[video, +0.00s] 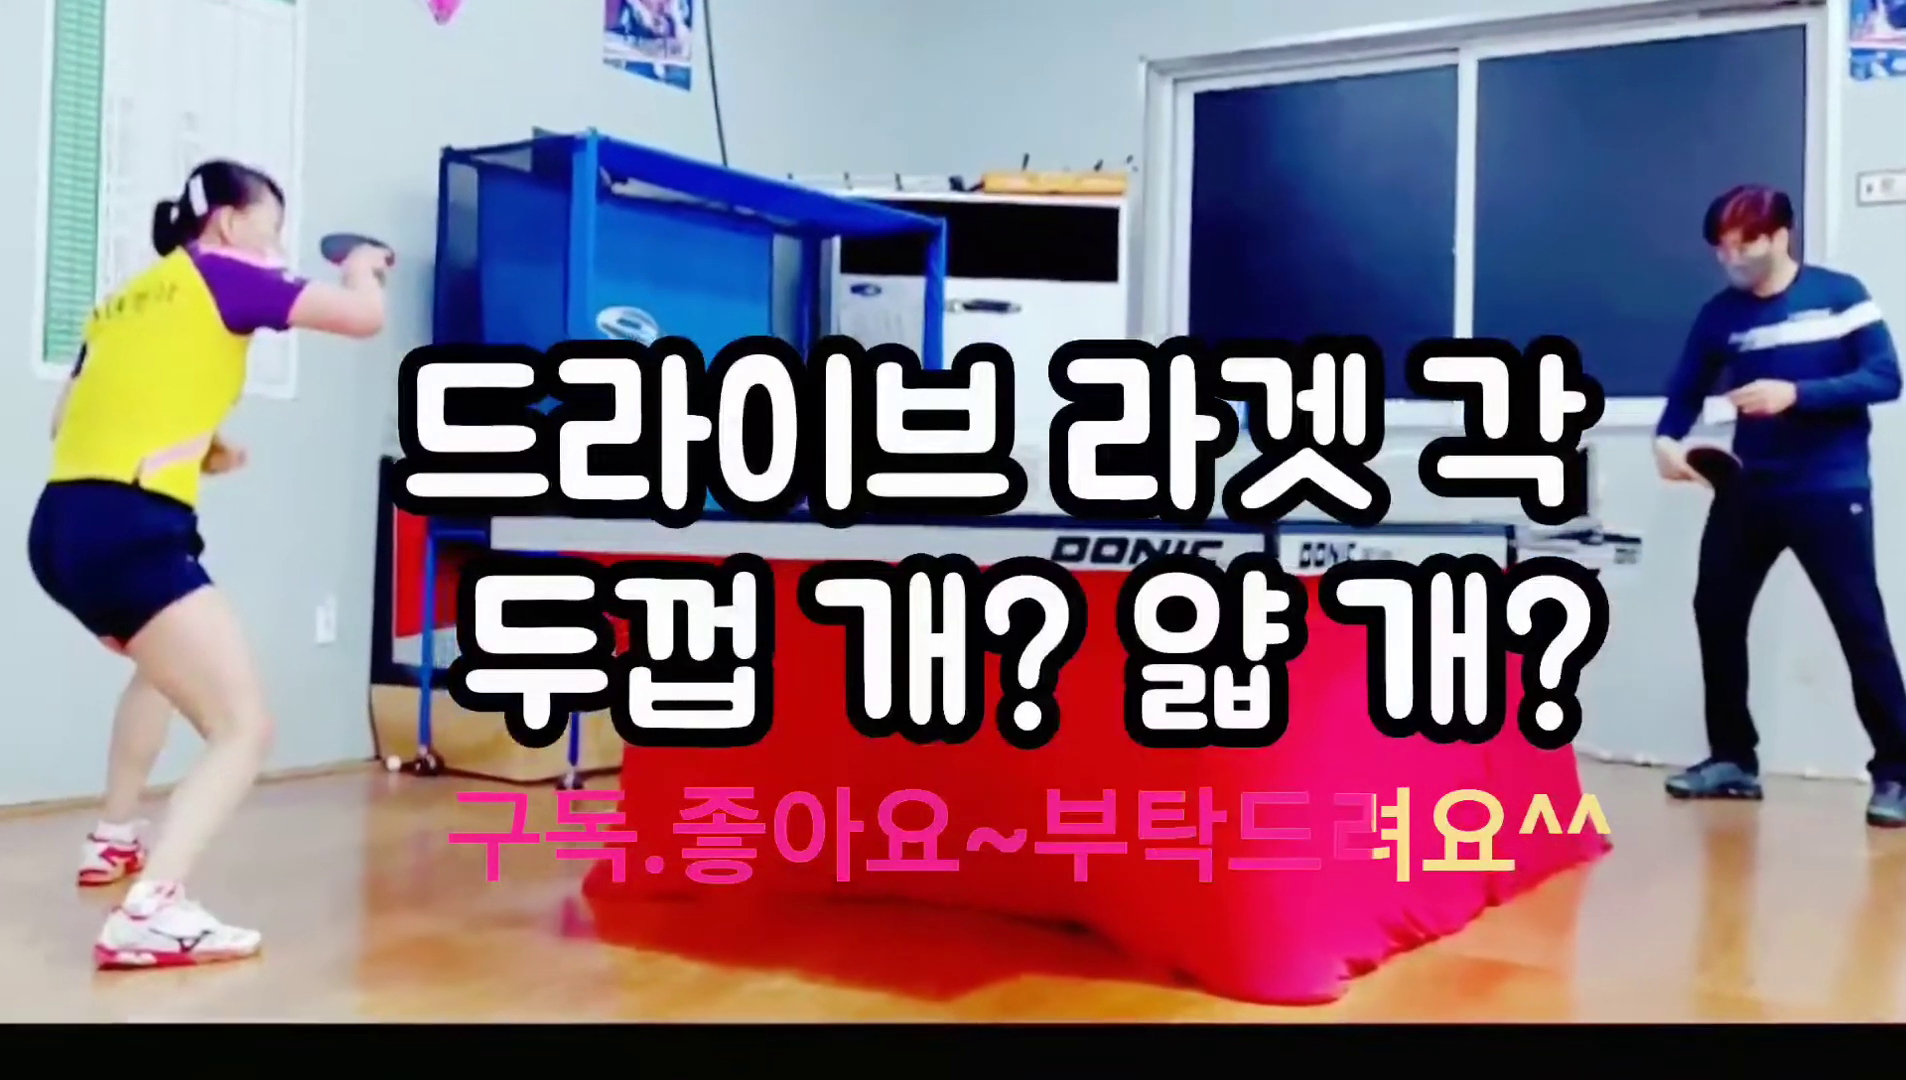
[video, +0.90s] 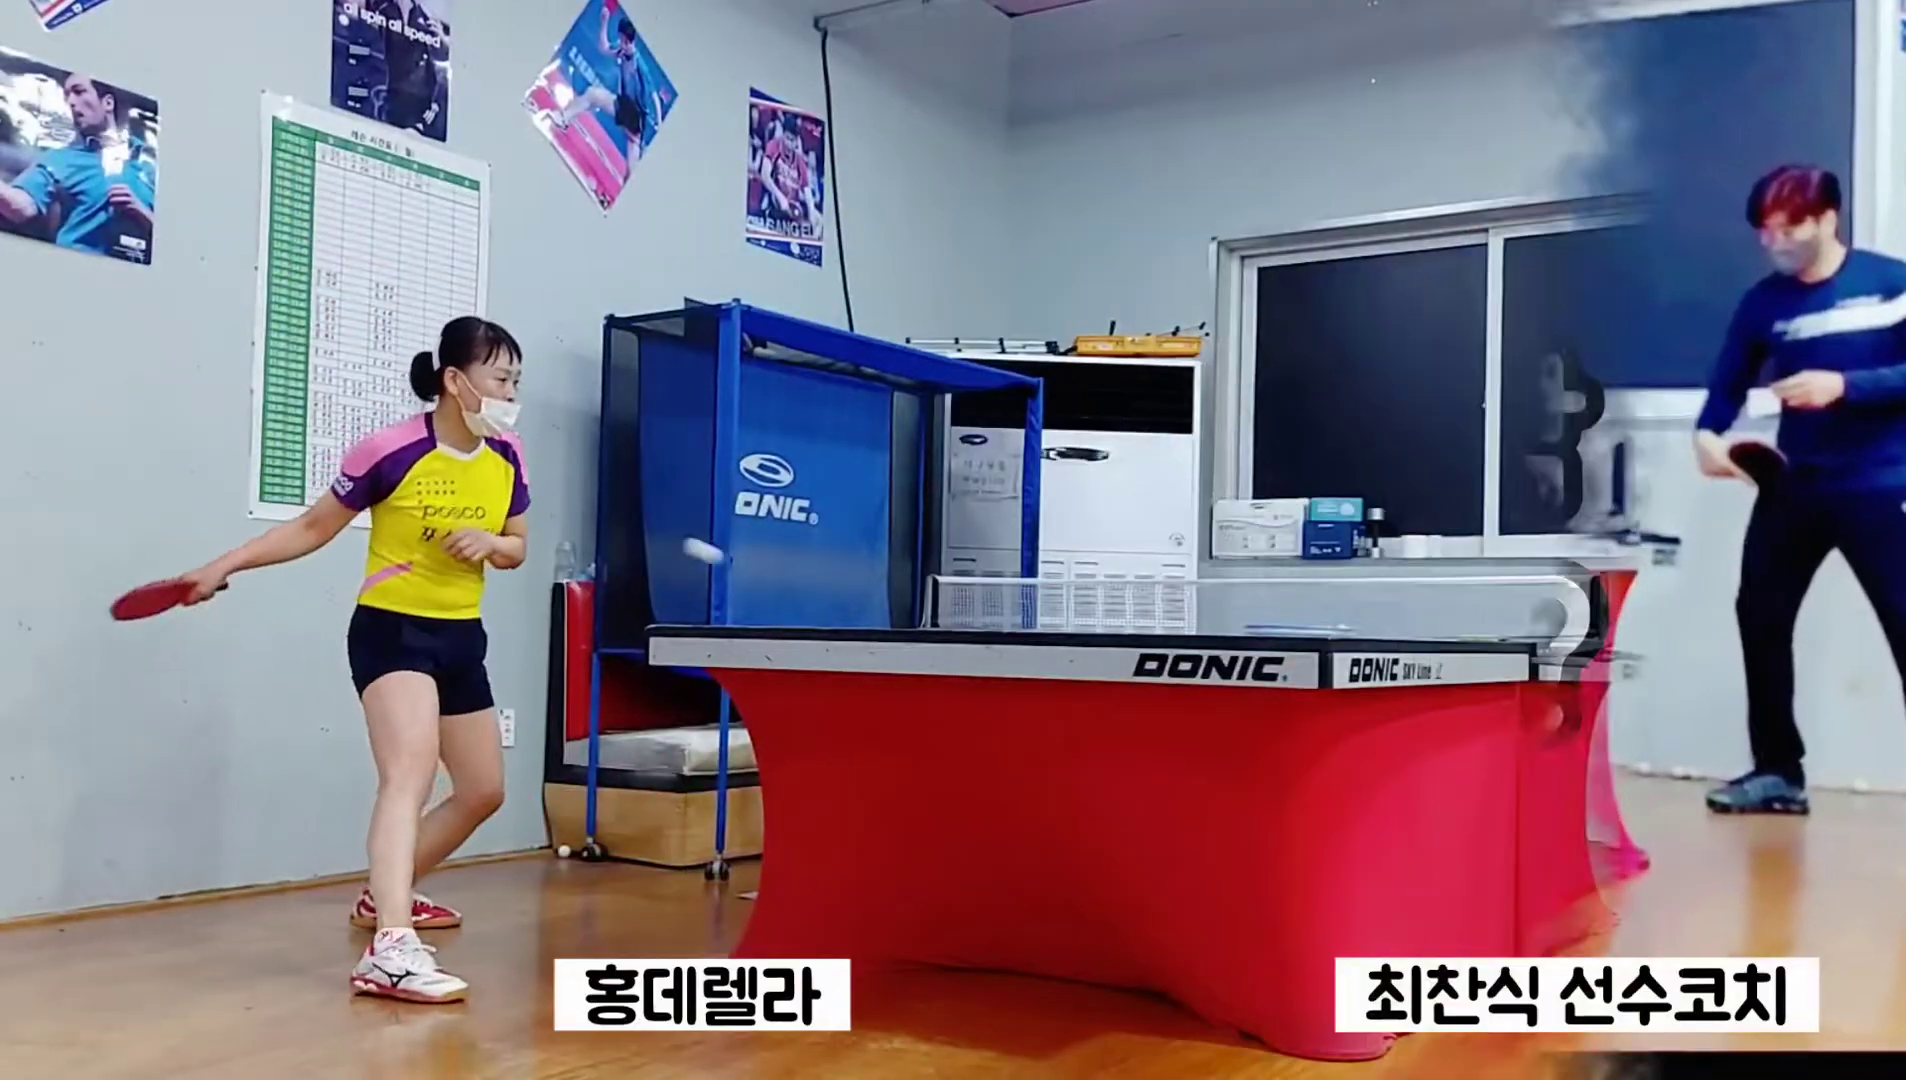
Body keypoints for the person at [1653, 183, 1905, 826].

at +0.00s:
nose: (1731, 255)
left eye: (1743, 241)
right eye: (1724, 244)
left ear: (1780, 237)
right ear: (1718, 248)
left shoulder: (1840, 295)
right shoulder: (1722, 313)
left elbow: (1884, 377)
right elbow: (1688, 389)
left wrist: (1795, 393)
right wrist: (1666, 440)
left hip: (1830, 498)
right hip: (1747, 497)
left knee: (1863, 632)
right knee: (1716, 613)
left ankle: (1893, 775)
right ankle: (1732, 760)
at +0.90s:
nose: (1773, 240)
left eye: (1787, 226)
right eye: (1765, 228)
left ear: (1827, 221)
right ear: (1759, 231)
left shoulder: (1893, 283)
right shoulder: (1764, 304)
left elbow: (1905, 373)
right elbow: (1729, 384)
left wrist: (1844, 383)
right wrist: (1708, 435)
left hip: (1880, 496)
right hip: (1793, 495)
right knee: (1761, 615)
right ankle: (1778, 772)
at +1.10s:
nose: (1738, 388)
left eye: (1748, 376)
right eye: (1730, 381)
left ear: (1780, 378)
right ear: (1725, 388)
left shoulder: (1825, 433)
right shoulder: (1729, 449)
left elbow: (1857, 510)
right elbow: (1722, 532)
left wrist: (1782, 544)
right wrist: (1689, 560)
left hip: (1821, 618)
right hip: (1750, 619)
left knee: (1843, 742)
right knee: (1736, 733)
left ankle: (1863, 864)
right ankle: (1729, 848)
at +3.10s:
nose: (1735, 390)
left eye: (1746, 379)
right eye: (1727, 384)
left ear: (1776, 380)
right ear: (1723, 392)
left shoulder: (1825, 433)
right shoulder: (1731, 452)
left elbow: (1861, 508)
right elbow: (1727, 532)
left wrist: (1776, 530)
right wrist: (1694, 565)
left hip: (1822, 617)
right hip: (1753, 618)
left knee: (1842, 740)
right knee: (1733, 731)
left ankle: (1864, 863)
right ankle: (1729, 849)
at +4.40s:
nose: (1721, 407)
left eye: (1732, 396)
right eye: (1715, 398)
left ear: (1766, 395)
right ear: (1711, 400)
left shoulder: (1823, 442)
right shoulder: (1713, 458)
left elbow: (1866, 513)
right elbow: (1663, 502)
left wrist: (1792, 536)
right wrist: (1631, 546)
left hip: (1819, 618)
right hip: (1744, 618)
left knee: (1843, 737)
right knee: (1717, 723)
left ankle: (1864, 863)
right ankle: (1726, 849)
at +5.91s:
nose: (1736, 390)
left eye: (1747, 380)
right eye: (1728, 383)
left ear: (1778, 382)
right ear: (1721, 391)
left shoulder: (1826, 438)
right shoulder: (1720, 457)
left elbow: (1862, 512)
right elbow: (1705, 528)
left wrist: (1784, 535)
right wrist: (1678, 546)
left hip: (1816, 616)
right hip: (1743, 616)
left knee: (1841, 738)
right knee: (1720, 723)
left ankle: (1863, 863)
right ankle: (1726, 848)